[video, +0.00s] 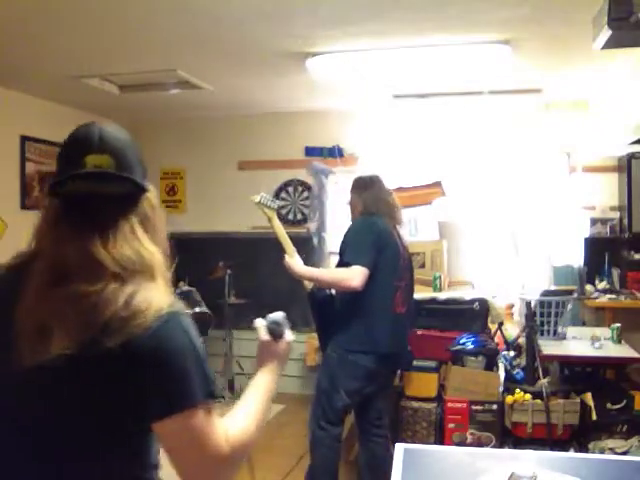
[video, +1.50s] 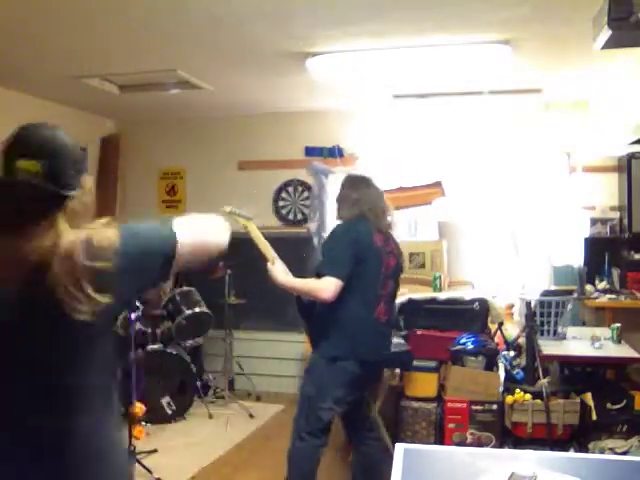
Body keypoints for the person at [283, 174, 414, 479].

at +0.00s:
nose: (349, 205)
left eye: (351, 200)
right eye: (350, 200)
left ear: (359, 200)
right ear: (384, 199)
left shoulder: (365, 228)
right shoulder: (394, 235)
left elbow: (354, 278)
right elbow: (389, 293)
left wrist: (302, 270)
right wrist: (323, 282)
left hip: (356, 348)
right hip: (386, 349)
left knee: (325, 423)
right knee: (375, 429)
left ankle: (321, 475)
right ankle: (377, 476)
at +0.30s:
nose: (356, 202)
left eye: (358, 197)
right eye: (357, 197)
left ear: (363, 199)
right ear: (392, 200)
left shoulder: (368, 227)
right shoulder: (398, 235)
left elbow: (352, 277)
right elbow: (391, 291)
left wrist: (304, 268)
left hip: (357, 347)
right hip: (389, 348)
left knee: (326, 423)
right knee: (376, 428)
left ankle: (321, 475)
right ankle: (376, 476)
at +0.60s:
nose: (361, 202)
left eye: (363, 197)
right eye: (362, 197)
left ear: (368, 198)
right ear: (396, 199)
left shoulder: (371, 227)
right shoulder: (404, 236)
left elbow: (352, 277)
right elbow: (395, 290)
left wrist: (306, 268)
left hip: (358, 345)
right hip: (391, 347)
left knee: (326, 422)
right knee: (376, 428)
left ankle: (321, 474)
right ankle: (377, 476)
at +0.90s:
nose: (363, 201)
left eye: (365, 196)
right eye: (365, 195)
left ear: (370, 198)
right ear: (399, 199)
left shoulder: (369, 228)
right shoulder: (408, 237)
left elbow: (348, 280)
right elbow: (393, 291)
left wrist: (306, 270)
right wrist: (327, 278)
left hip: (356, 346)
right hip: (392, 348)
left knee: (325, 424)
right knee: (376, 431)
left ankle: (321, 474)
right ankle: (376, 476)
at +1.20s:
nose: (357, 204)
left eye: (359, 199)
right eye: (358, 198)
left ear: (366, 200)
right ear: (392, 200)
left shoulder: (363, 230)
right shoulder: (405, 240)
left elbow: (341, 282)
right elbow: (398, 293)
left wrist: (302, 272)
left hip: (352, 347)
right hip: (387, 349)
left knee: (321, 425)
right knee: (371, 429)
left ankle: (319, 474)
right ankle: (377, 476)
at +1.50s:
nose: (338, 203)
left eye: (341, 197)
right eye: (339, 197)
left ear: (349, 200)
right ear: (375, 202)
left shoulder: (347, 234)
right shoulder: (389, 241)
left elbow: (328, 289)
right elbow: (385, 296)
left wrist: (285, 280)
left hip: (339, 352)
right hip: (373, 351)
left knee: (308, 434)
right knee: (362, 425)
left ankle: (299, 474)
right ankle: (378, 473)